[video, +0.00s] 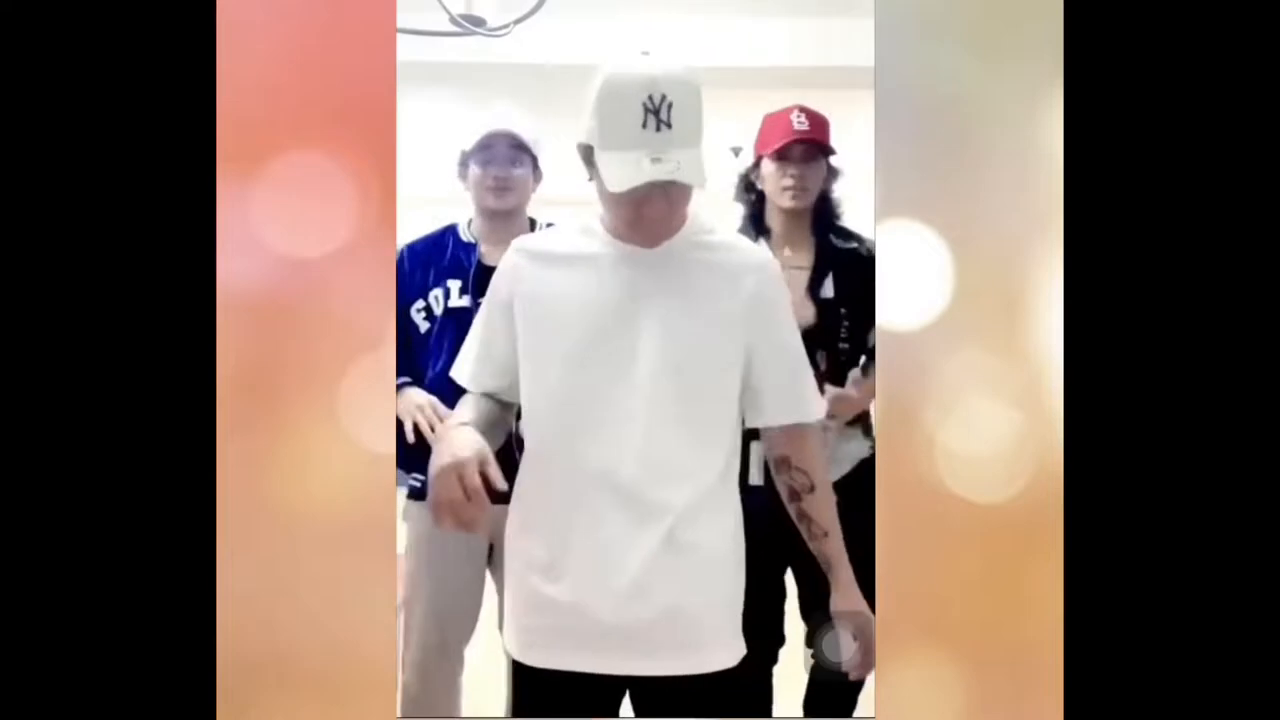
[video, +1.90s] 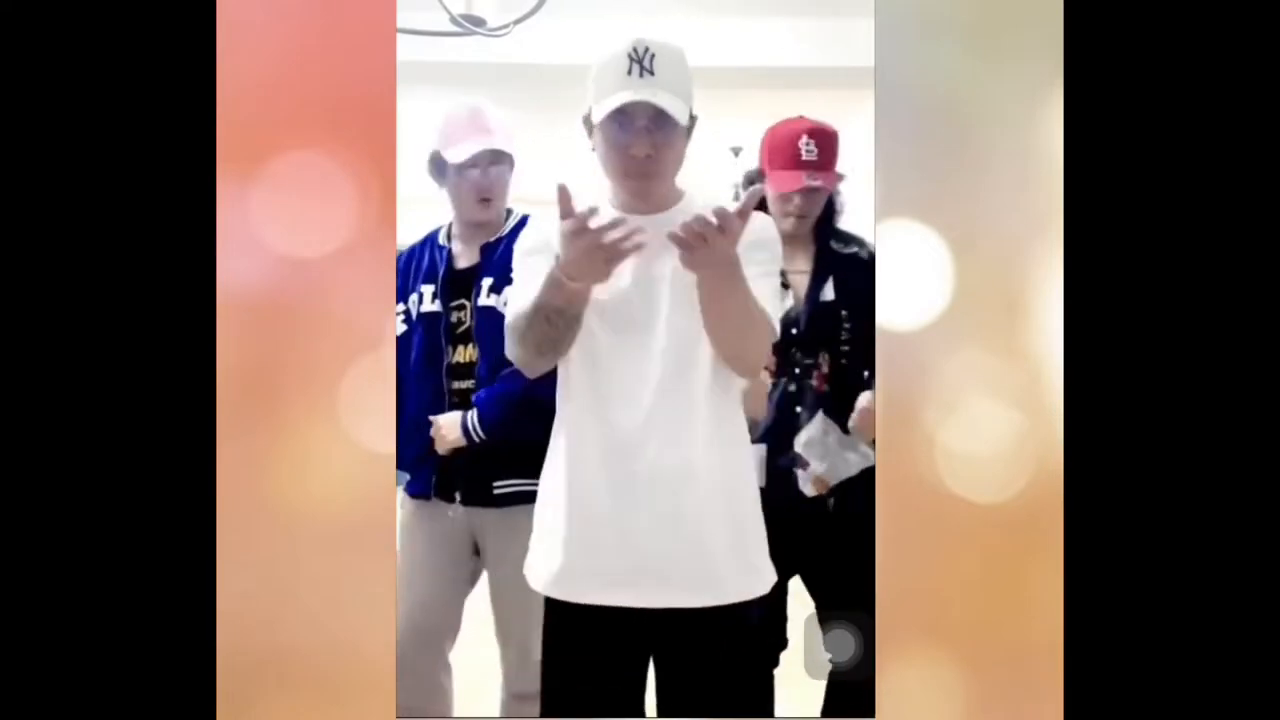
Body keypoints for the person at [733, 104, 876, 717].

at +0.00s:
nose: (795, 173)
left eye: (809, 160)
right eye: (781, 160)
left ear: (827, 172)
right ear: (757, 172)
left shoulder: (861, 261)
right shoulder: (728, 259)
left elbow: (892, 348)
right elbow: (704, 360)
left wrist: (858, 396)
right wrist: (774, 389)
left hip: (844, 467)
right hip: (750, 467)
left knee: (843, 637)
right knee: (747, 637)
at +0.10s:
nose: (801, 176)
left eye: (814, 163)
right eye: (786, 163)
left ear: (832, 175)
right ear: (762, 177)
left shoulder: (861, 264)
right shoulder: (732, 263)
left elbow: (881, 381)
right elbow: (708, 370)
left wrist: (864, 345)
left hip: (845, 470)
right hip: (752, 471)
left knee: (852, 642)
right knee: (753, 644)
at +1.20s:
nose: (796, 171)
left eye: (809, 159)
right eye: (781, 159)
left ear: (826, 173)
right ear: (755, 173)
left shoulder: (860, 264)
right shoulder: (722, 262)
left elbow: (886, 359)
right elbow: (708, 382)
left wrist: (875, 386)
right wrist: (775, 464)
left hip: (842, 473)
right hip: (748, 475)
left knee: (857, 637)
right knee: (748, 631)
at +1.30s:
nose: (797, 162)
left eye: (810, 150)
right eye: (782, 150)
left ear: (827, 163)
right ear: (758, 163)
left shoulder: (858, 249)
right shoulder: (729, 250)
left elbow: (898, 336)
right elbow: (709, 350)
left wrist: (876, 368)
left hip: (842, 451)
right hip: (753, 450)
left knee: (856, 626)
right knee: (748, 612)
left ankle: (836, 718)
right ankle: (764, 719)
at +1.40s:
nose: (801, 160)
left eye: (814, 148)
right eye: (787, 147)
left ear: (832, 160)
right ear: (762, 160)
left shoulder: (864, 248)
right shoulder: (733, 249)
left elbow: (902, 359)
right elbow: (711, 361)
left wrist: (841, 417)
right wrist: (763, 432)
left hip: (845, 461)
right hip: (749, 458)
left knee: (850, 636)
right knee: (748, 624)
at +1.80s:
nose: (800, 180)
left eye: (814, 167)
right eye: (787, 167)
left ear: (835, 173)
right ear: (764, 172)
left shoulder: (866, 254)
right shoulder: (735, 252)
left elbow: (897, 369)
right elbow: (714, 360)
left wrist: (862, 442)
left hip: (847, 476)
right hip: (756, 476)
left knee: (851, 648)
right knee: (753, 644)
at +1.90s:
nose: (798, 196)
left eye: (812, 183)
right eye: (785, 182)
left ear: (831, 184)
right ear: (762, 182)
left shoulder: (860, 265)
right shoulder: (734, 259)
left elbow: (884, 376)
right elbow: (711, 364)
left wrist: (844, 456)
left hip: (841, 486)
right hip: (751, 483)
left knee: (855, 653)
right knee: (746, 650)